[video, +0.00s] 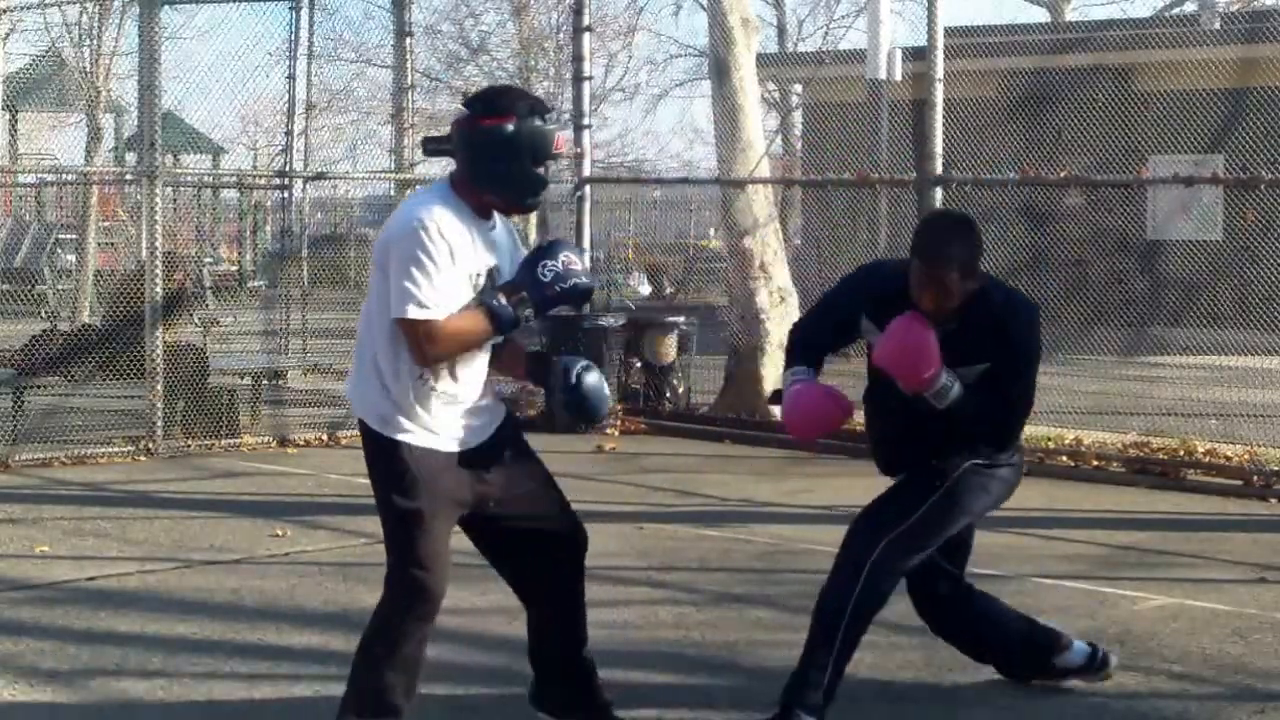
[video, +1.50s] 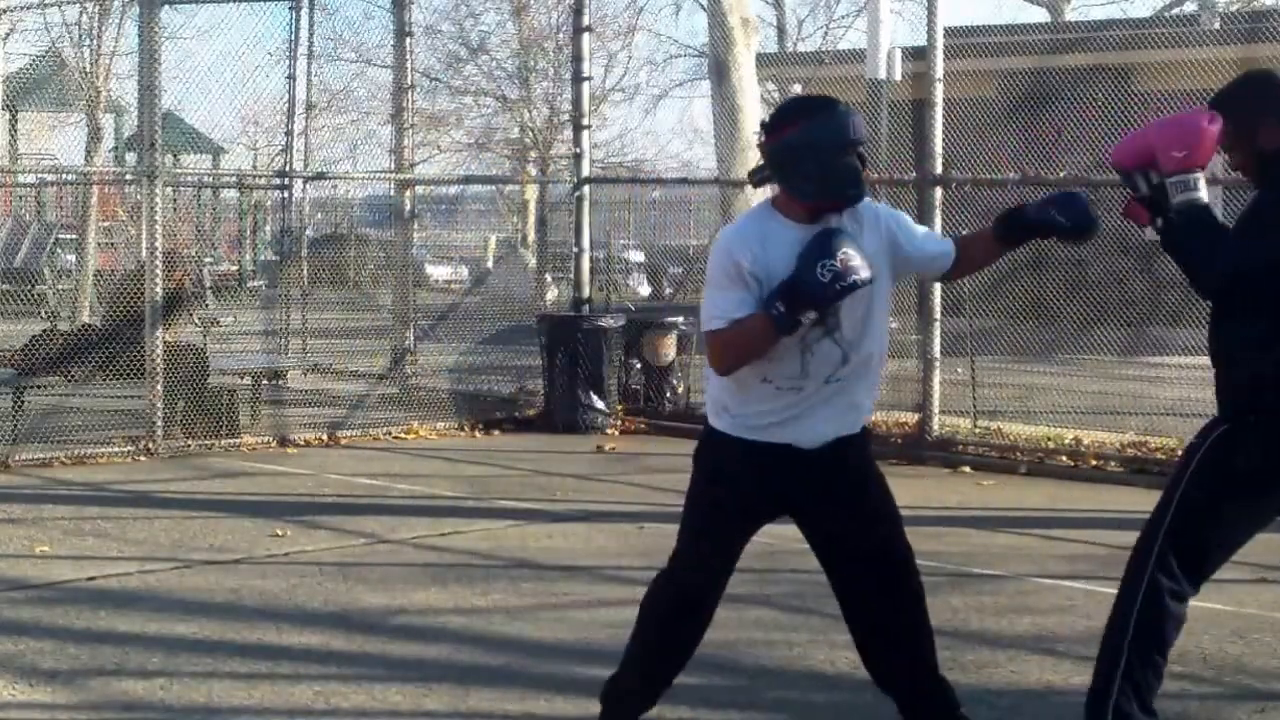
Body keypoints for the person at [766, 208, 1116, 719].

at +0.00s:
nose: (931, 302)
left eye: (945, 293)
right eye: (925, 287)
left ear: (973, 279)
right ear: (910, 266)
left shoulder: (1011, 316)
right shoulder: (877, 286)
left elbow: (1003, 429)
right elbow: (810, 333)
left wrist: (937, 386)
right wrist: (800, 383)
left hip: (983, 461)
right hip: (918, 462)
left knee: (871, 542)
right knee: (940, 598)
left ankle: (802, 706)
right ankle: (1068, 658)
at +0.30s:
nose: (980, 186)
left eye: (981, 173)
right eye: (973, 175)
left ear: (1011, 156)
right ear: (1018, 152)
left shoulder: (1075, 199)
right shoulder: (1024, 197)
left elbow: (1041, 299)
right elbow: (973, 275)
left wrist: (977, 233)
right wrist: (939, 221)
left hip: (1102, 412)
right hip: (1066, 410)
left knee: (1030, 565)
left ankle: (1126, 695)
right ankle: (1100, 662)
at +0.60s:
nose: (1045, 190)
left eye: (1047, 176)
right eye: (1038, 178)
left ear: (1080, 158)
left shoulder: (1153, 195)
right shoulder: (1091, 191)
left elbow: (1121, 298)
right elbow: (1043, 275)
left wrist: (1047, 232)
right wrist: (1003, 225)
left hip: (1178, 406)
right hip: (1158, 403)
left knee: (1084, 550)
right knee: (1162, 546)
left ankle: (1123, 709)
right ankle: (1266, 686)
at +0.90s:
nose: (1084, 181)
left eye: (1082, 167)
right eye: (1076, 170)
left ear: (1110, 145)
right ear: (1120, 138)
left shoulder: (1162, 178)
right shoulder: (1184, 167)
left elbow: (1129, 277)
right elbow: (1134, 273)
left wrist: (1068, 215)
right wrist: (1065, 225)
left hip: (1199, 404)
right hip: (1246, 402)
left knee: (1101, 562)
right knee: (1209, 559)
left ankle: (1112, 709)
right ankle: (1263, 701)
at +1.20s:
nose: (1080, 186)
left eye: (1081, 173)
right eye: (1074, 174)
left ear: (1114, 158)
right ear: (1124, 150)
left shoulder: (1177, 204)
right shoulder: (1174, 180)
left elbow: (1108, 297)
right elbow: (1080, 282)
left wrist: (1059, 210)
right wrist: (1036, 221)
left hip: (1205, 415)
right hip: (1248, 409)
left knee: (1117, 562)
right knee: (1220, 555)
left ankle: (1112, 707)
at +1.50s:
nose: (1226, 156)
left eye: (1231, 140)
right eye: (1223, 143)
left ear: (1262, 132)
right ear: (1263, 134)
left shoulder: (1272, 202)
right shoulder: (1265, 200)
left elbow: (1223, 276)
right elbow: (1221, 277)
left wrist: (1185, 195)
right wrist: (1169, 213)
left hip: (1255, 431)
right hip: (1254, 426)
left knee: (1162, 568)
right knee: (1164, 567)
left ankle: (1119, 707)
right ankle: (1122, 705)